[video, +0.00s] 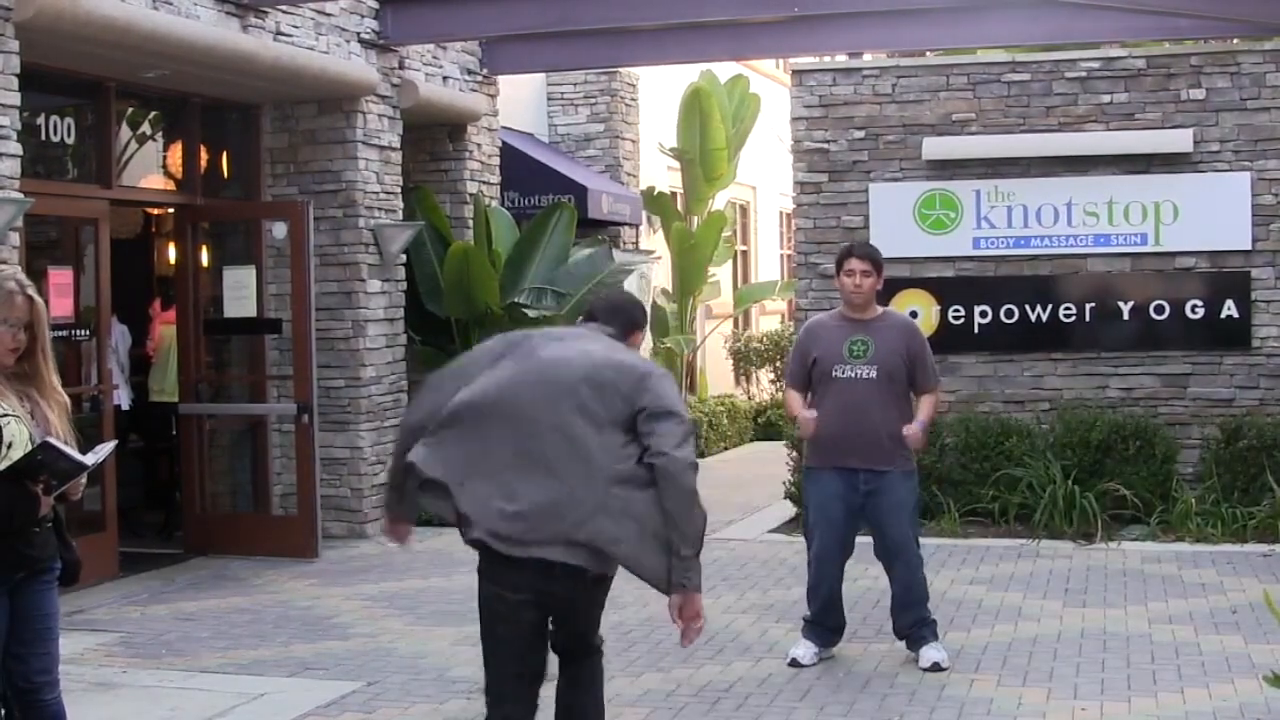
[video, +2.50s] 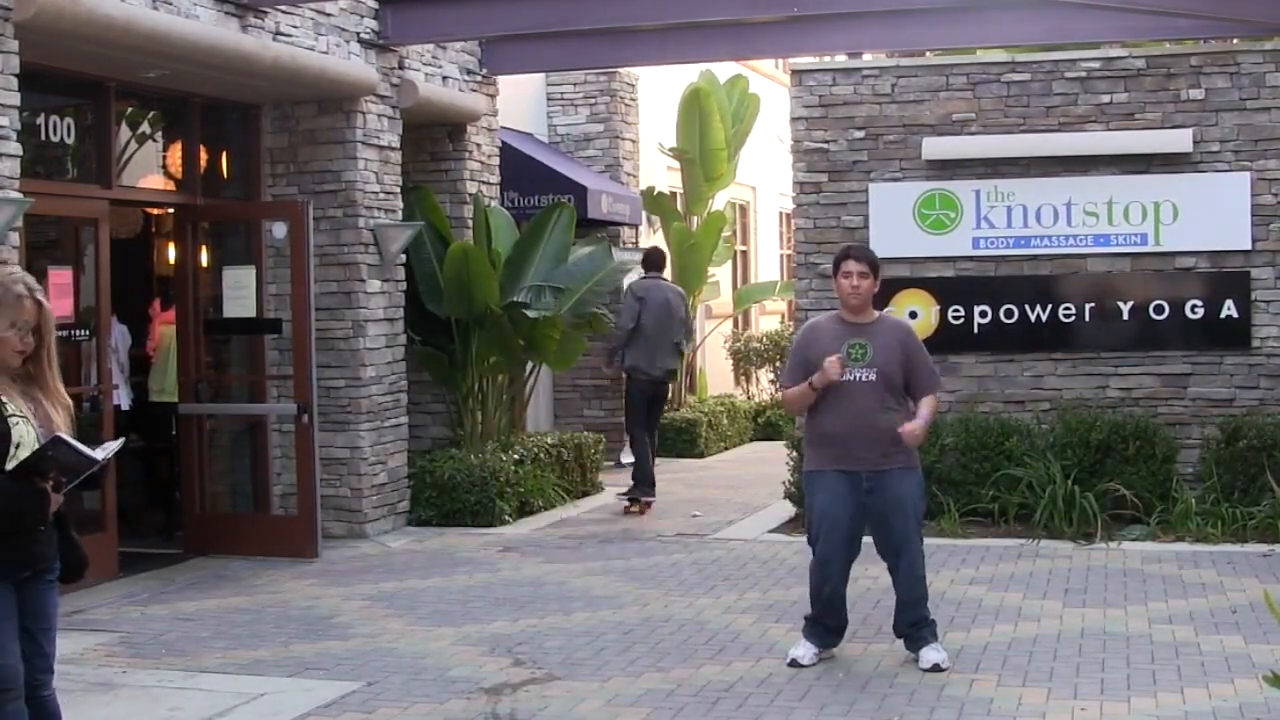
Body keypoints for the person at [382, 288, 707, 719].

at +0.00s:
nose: (641, 346)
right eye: (643, 338)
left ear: (583, 320)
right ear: (636, 336)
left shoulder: (516, 347)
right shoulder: (644, 375)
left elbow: (426, 406)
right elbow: (675, 468)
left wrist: (399, 502)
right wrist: (686, 579)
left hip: (504, 555)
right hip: (584, 561)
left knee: (508, 690)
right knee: (581, 654)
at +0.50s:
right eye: (618, 266)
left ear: (569, 260)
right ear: (614, 268)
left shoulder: (530, 294)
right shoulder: (631, 315)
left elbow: (492, 356)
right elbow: (656, 401)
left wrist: (492, 433)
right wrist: (627, 444)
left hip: (534, 464)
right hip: (597, 471)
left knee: (530, 560)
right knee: (589, 576)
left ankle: (523, 659)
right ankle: (591, 696)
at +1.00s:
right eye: (601, 286)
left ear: (565, 290)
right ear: (601, 290)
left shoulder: (546, 321)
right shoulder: (618, 323)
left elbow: (532, 356)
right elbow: (679, 340)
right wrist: (683, 389)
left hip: (556, 454)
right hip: (604, 455)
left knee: (548, 536)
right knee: (602, 524)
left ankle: (534, 625)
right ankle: (607, 616)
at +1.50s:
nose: (597, 266)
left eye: (597, 260)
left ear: (599, 262)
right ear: (628, 263)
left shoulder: (589, 284)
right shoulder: (650, 294)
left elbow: (563, 318)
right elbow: (685, 333)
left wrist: (527, 356)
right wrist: (654, 356)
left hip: (601, 402)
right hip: (636, 404)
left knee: (609, 480)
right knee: (623, 479)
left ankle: (635, 557)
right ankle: (621, 558)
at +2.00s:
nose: (608, 269)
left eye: (608, 265)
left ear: (610, 267)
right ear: (634, 266)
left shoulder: (610, 289)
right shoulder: (655, 294)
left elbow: (599, 324)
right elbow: (687, 326)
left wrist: (566, 350)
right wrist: (661, 342)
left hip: (618, 386)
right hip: (645, 388)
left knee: (618, 452)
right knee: (628, 454)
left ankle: (634, 517)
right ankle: (622, 517)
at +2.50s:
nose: (643, 268)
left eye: (643, 263)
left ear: (643, 265)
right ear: (664, 266)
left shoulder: (636, 289)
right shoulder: (677, 293)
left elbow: (625, 324)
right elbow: (686, 330)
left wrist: (613, 352)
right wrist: (676, 349)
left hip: (639, 369)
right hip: (665, 371)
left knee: (637, 428)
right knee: (650, 428)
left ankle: (644, 488)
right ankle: (642, 484)